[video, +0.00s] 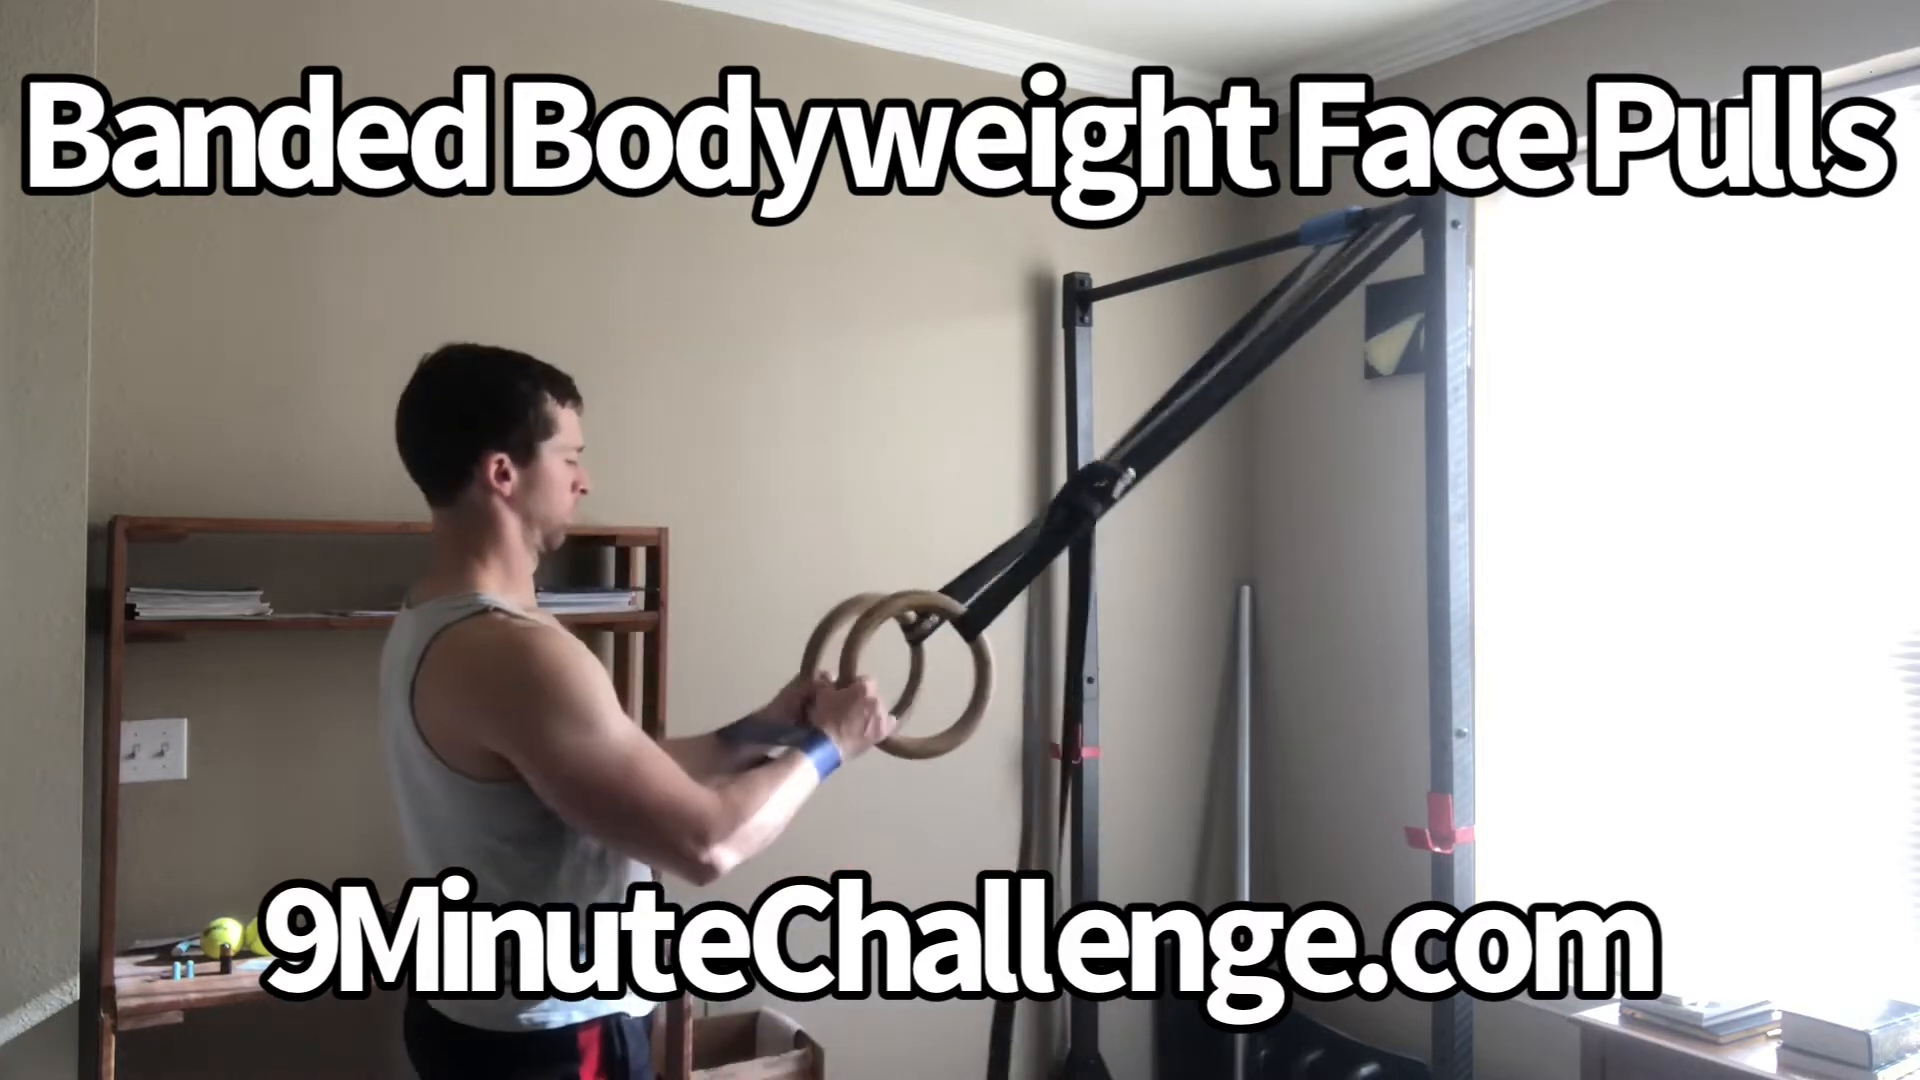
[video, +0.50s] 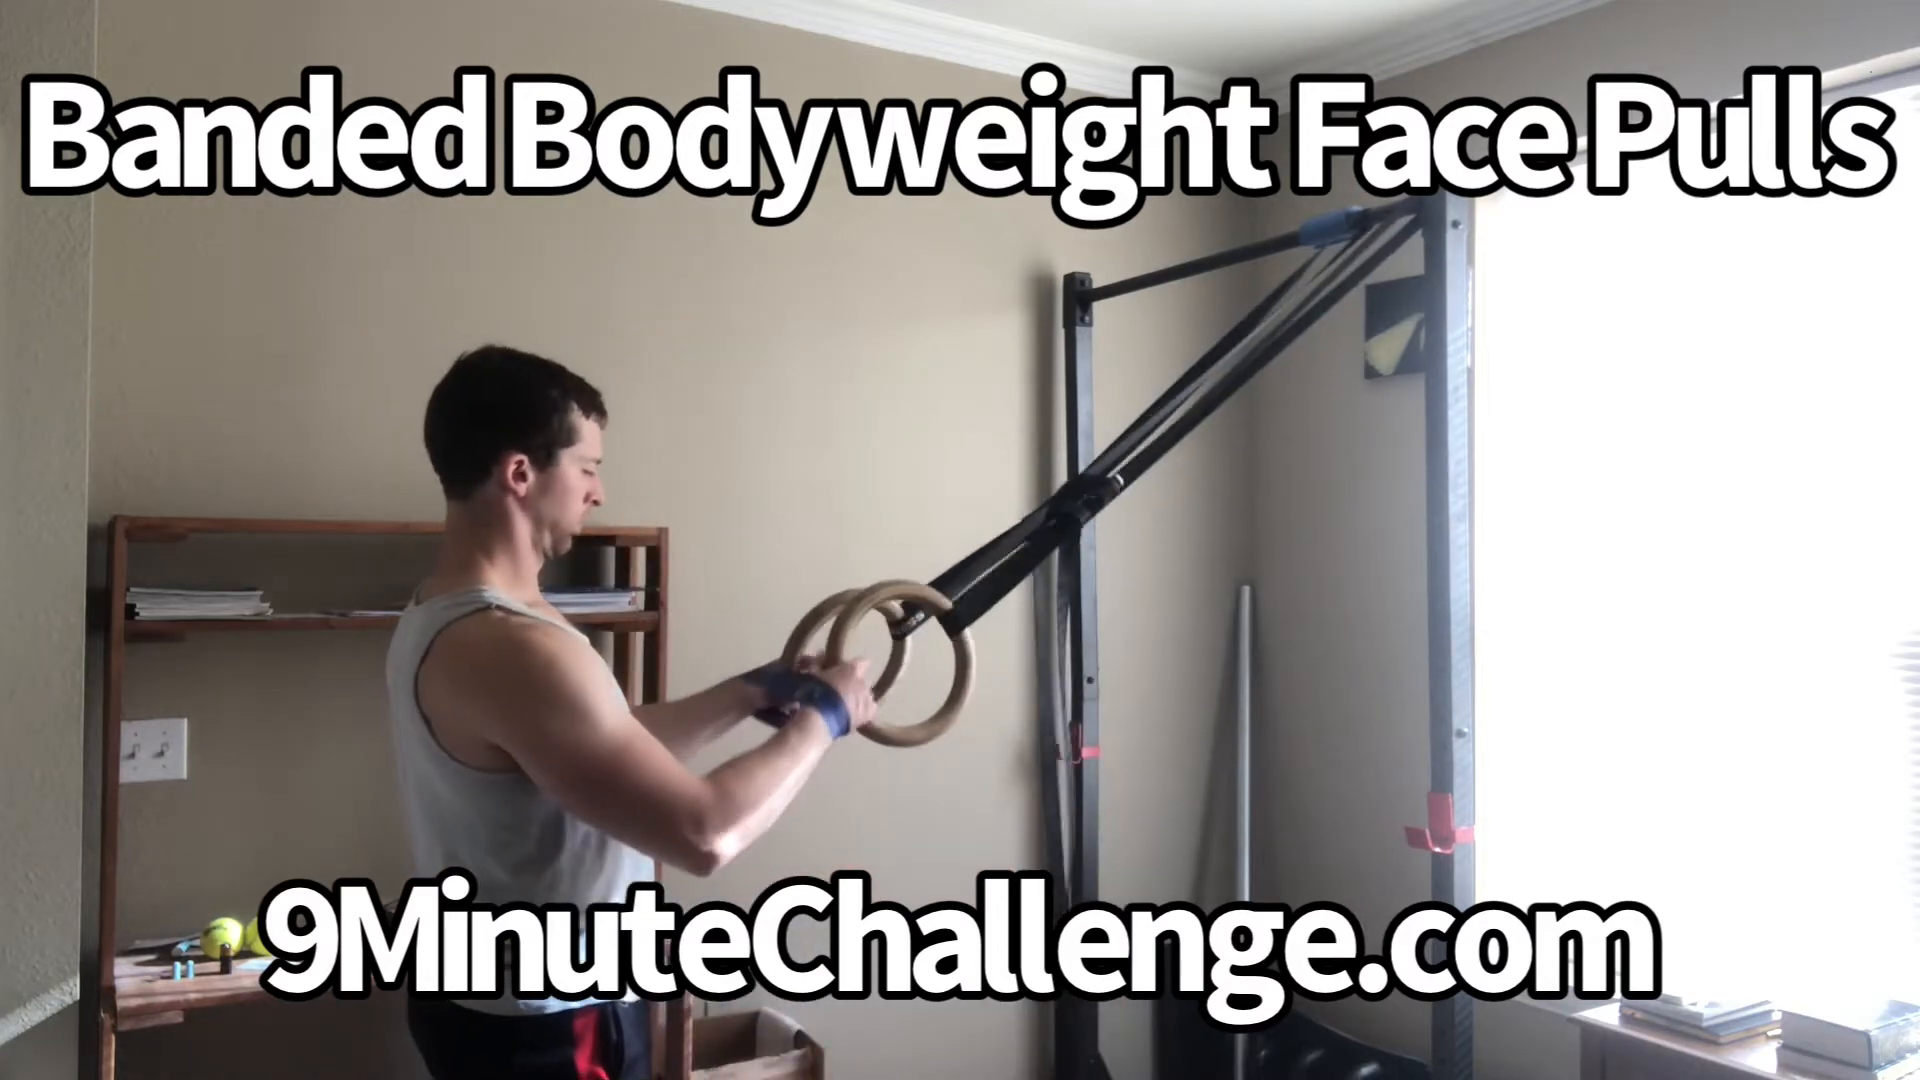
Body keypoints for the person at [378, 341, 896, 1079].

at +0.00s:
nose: (584, 482)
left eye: (580, 457)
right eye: (571, 458)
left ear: (498, 476)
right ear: (502, 474)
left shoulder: (437, 624)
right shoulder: (520, 659)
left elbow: (615, 774)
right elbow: (707, 844)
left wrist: (766, 729)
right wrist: (824, 749)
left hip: (477, 1022)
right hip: (548, 1043)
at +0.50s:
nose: (597, 492)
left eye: (596, 468)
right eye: (587, 466)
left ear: (515, 477)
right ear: (519, 474)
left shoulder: (444, 616)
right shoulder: (517, 653)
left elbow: (605, 754)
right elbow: (704, 835)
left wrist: (753, 693)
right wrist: (824, 718)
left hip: (488, 1007)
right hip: (548, 1027)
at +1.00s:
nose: (604, 495)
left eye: (603, 472)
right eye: (592, 470)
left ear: (522, 478)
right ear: (523, 474)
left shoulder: (457, 617)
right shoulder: (527, 643)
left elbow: (636, 776)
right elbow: (675, 824)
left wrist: (764, 715)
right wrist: (814, 715)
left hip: (498, 1003)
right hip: (551, 1018)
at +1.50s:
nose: (604, 492)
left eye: (601, 470)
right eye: (591, 468)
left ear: (521, 477)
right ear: (524, 473)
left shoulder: (452, 617)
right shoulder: (531, 642)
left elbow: (623, 773)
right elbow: (705, 817)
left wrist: (750, 699)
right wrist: (825, 712)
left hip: (483, 1004)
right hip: (552, 1024)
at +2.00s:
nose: (618, 486)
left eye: (614, 464)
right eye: (602, 462)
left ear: (530, 477)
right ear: (533, 472)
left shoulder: (469, 615)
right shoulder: (543, 642)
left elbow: (642, 777)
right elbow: (693, 830)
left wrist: (760, 691)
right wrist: (821, 703)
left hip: (493, 1012)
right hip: (560, 1032)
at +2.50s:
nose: (555, 493)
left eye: (554, 467)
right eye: (543, 465)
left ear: (467, 478)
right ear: (471, 474)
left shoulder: (400, 629)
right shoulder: (493, 654)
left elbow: (587, 767)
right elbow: (708, 810)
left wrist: (727, 686)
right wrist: (825, 694)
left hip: (448, 1022)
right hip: (534, 1041)